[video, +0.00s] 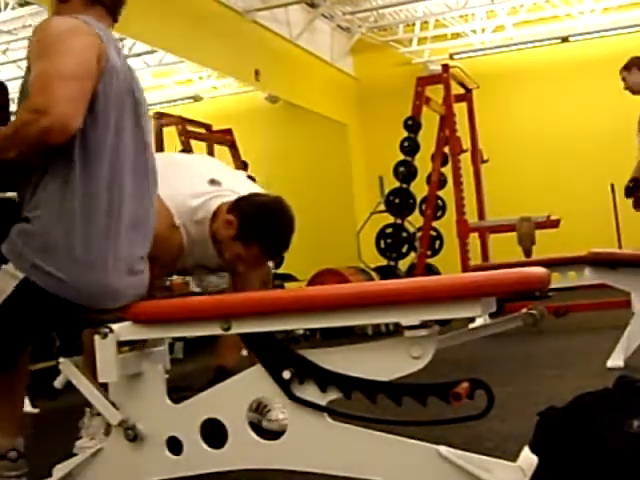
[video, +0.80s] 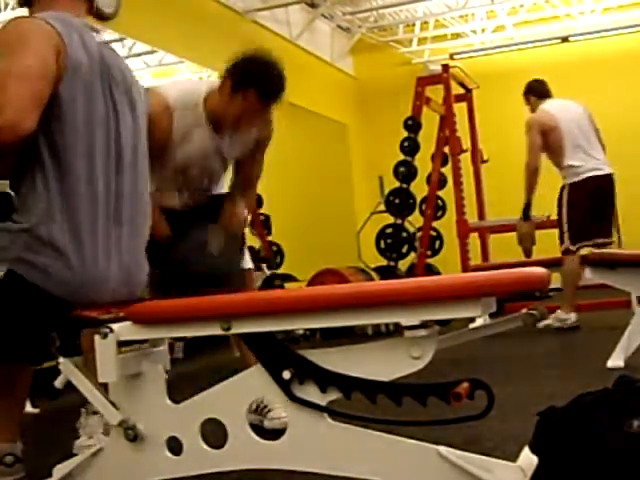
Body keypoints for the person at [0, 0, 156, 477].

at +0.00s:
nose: (49, 7)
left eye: (55, 3)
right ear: (110, 8)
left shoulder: (67, 30)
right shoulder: (119, 63)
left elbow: (54, 120)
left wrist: (3, 150)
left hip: (67, 267)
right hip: (119, 271)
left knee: (7, 348)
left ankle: (8, 450)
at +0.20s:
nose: (33, 2)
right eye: (113, 12)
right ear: (99, 8)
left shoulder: (44, 31)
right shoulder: (94, 59)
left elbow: (22, 111)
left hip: (37, 269)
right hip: (94, 270)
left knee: (3, 348)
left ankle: (7, 449)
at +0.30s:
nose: (36, 3)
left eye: (42, 0)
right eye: (116, 9)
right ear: (102, 7)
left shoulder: (47, 31)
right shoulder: (105, 64)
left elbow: (14, 114)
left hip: (30, 273)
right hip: (87, 274)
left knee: (3, 357)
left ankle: (8, 448)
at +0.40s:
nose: (46, 9)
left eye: (49, 5)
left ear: (59, 1)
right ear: (109, 13)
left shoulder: (48, 37)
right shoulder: (117, 80)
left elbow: (10, 122)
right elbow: (106, 172)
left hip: (26, 273)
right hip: (90, 275)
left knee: (1, 352)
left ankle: (7, 449)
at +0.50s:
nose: (48, 11)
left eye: (51, 7)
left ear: (61, 4)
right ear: (112, 16)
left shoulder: (50, 41)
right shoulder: (128, 87)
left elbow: (16, 130)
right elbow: (121, 177)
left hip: (32, 271)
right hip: (105, 276)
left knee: (8, 360)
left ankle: (7, 450)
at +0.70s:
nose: (29, 8)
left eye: (32, 5)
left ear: (41, 2)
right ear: (99, 9)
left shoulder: (37, 31)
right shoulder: (126, 75)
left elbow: (13, 119)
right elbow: (157, 157)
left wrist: (12, 177)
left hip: (40, 265)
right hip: (117, 274)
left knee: (13, 364)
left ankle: (6, 450)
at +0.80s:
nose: (20, 7)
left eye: (22, 4)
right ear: (90, 5)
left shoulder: (32, 31)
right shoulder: (122, 69)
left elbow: (13, 121)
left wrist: (14, 177)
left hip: (49, 264)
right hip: (123, 270)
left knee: (13, 357)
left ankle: (7, 449)